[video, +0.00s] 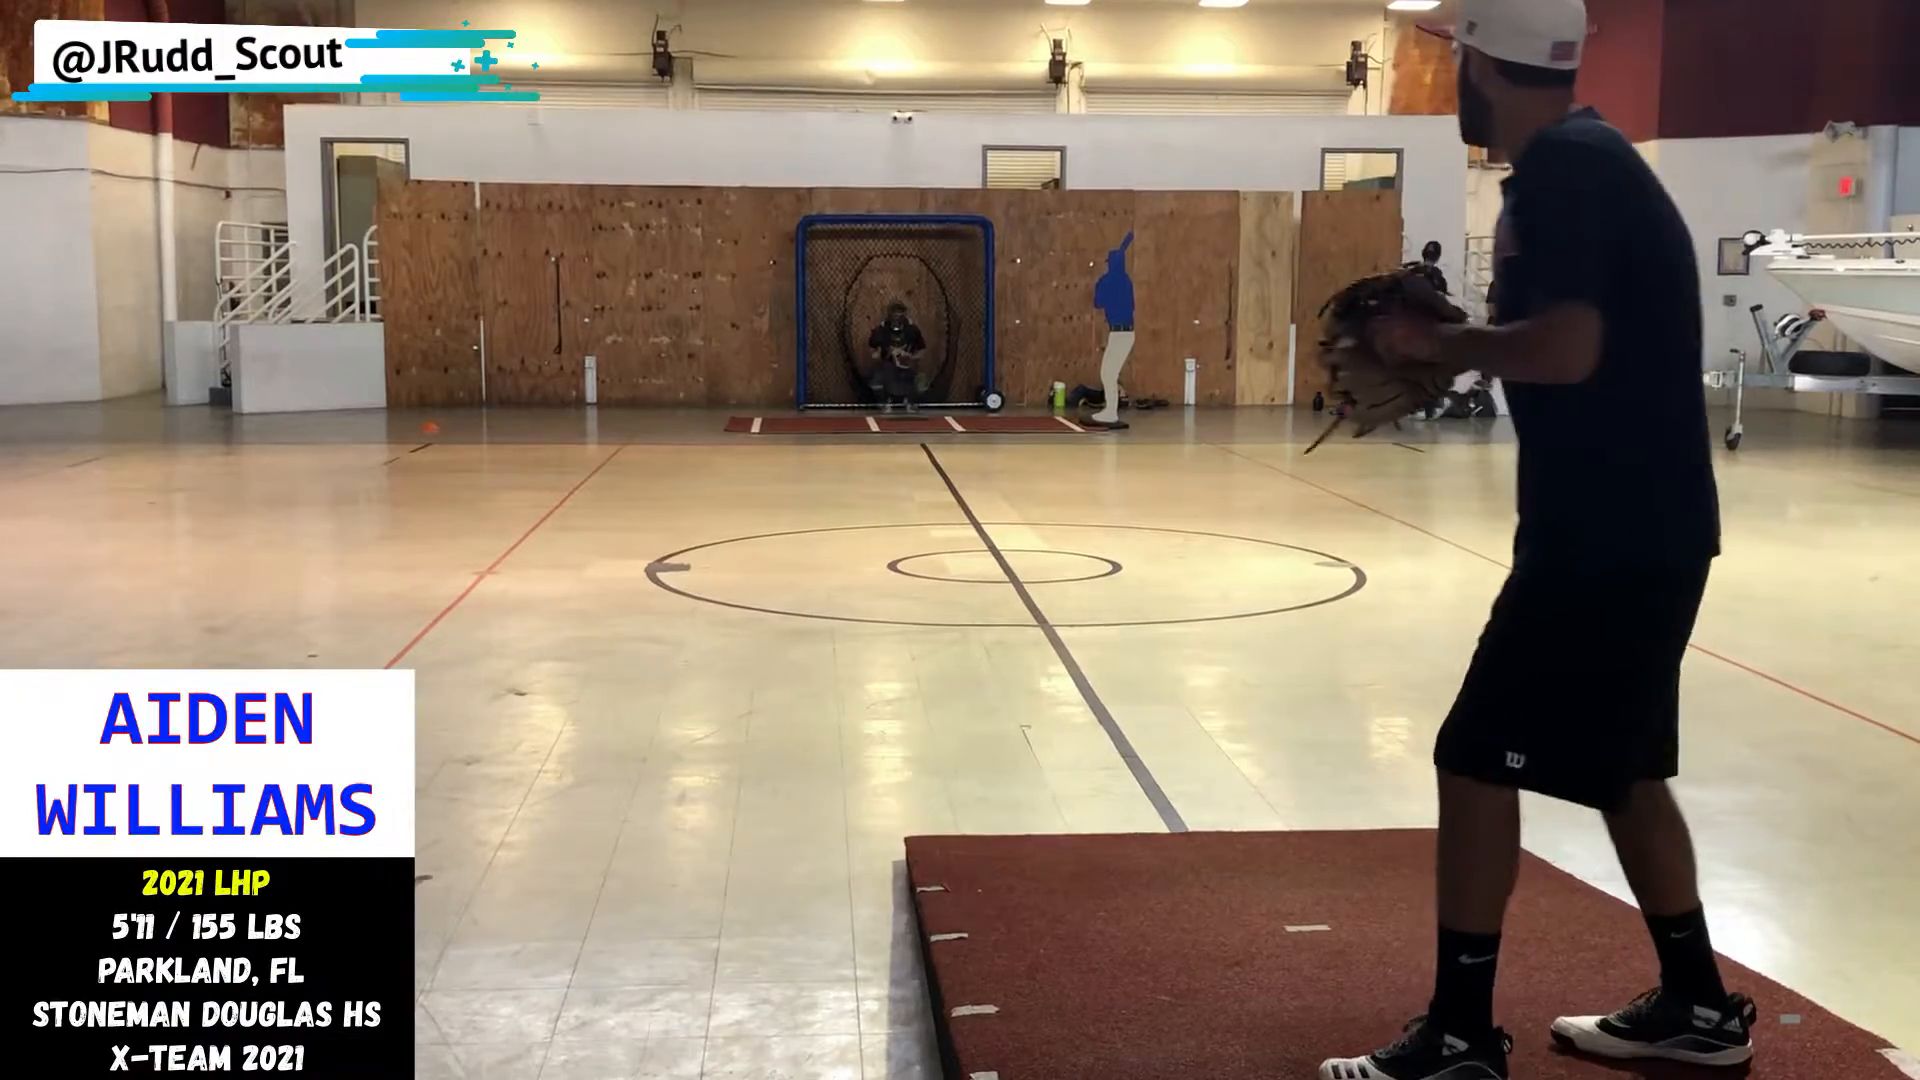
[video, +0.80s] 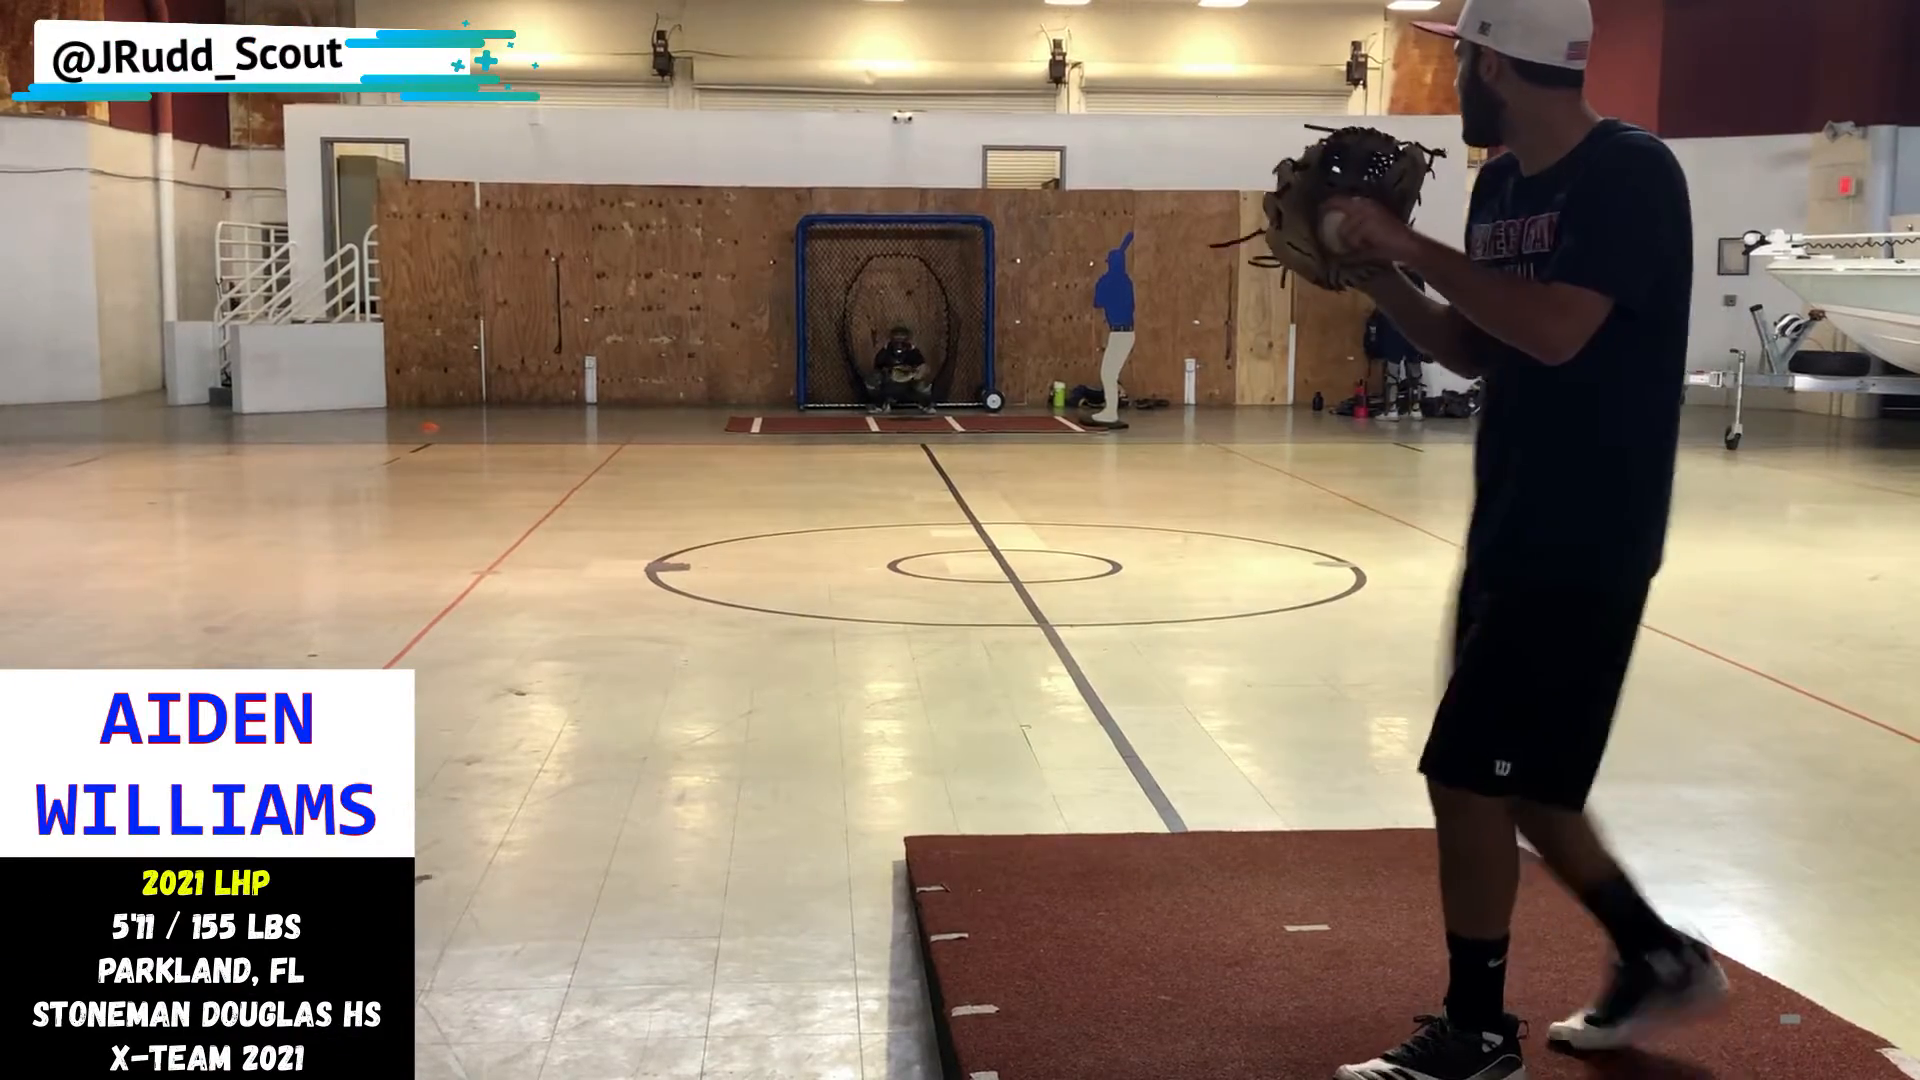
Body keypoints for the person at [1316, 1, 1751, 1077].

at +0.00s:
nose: (1456, 95)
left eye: (1457, 66)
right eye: (1456, 69)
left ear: (1483, 62)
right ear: (1559, 65)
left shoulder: (1560, 171)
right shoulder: (1601, 165)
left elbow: (1567, 347)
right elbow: (1582, 347)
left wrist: (1438, 343)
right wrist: (1453, 336)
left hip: (1590, 540)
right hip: (1652, 534)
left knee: (1473, 755)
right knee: (1628, 766)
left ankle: (1459, 1030)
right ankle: (1696, 1001)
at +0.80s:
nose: (1461, 75)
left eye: (1467, 53)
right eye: (1464, 55)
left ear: (1496, 62)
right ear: (1542, 65)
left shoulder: (1630, 174)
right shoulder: (1501, 186)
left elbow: (1560, 326)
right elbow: (1477, 350)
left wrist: (1408, 243)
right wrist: (1374, 278)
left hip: (1587, 535)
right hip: (1515, 528)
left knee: (1465, 770)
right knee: (1522, 779)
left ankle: (1476, 1027)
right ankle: (1657, 958)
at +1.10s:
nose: (1448, 73)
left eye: (1458, 51)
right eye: (1451, 52)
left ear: (1496, 57)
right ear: (1520, 61)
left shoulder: (1623, 168)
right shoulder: (1477, 183)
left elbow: (1559, 322)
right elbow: (1446, 346)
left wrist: (1388, 247)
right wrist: (1349, 276)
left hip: (1517, 519)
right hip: (1422, 481)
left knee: (1448, 772)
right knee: (1207, 552)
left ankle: (1477, 1028)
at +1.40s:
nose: (1396, 93)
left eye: (1404, 72)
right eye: (1398, 75)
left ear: (1440, 78)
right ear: (1474, 80)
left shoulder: (1573, 185)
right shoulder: (1422, 188)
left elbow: (1513, 333)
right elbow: (1384, 351)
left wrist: (1367, 250)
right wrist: (1306, 272)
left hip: (1449, 509)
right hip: (1367, 456)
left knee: (1407, 766)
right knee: (1208, 291)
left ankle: (1472, 1026)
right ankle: (1164, 548)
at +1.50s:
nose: (1375, 104)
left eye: (1384, 86)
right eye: (1377, 86)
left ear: (1418, 91)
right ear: (1453, 92)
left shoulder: (1547, 195)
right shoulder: (1402, 202)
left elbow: (1505, 351)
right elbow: (1375, 361)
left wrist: (1358, 280)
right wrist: (1289, 287)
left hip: (1436, 524)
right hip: (1353, 471)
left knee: (1380, 779)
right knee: (1184, 350)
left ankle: (1466, 1023)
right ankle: (1260, 588)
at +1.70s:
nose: (1312, 195)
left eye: (1323, 179)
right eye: (1315, 177)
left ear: (1361, 190)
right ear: (1387, 188)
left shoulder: (1495, 292)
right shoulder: (1333, 283)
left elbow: (1509, 464)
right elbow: (1257, 386)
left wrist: (1354, 554)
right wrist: (1168, 477)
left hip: (1450, 554)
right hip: (1348, 521)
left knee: (1335, 780)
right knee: (1156, 626)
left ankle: (1462, 1027)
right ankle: (1169, 837)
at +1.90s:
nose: (1225, 321)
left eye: (1231, 310)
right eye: (1230, 309)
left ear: (1251, 325)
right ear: (1316, 320)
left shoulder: (1412, 409)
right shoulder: (1246, 386)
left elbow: (1532, 518)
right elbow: (1145, 405)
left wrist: (1650, 646)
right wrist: (1058, 461)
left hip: (1378, 630)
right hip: (1297, 604)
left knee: (1275, 819)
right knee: (1173, 706)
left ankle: (1448, 1026)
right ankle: (1161, 825)